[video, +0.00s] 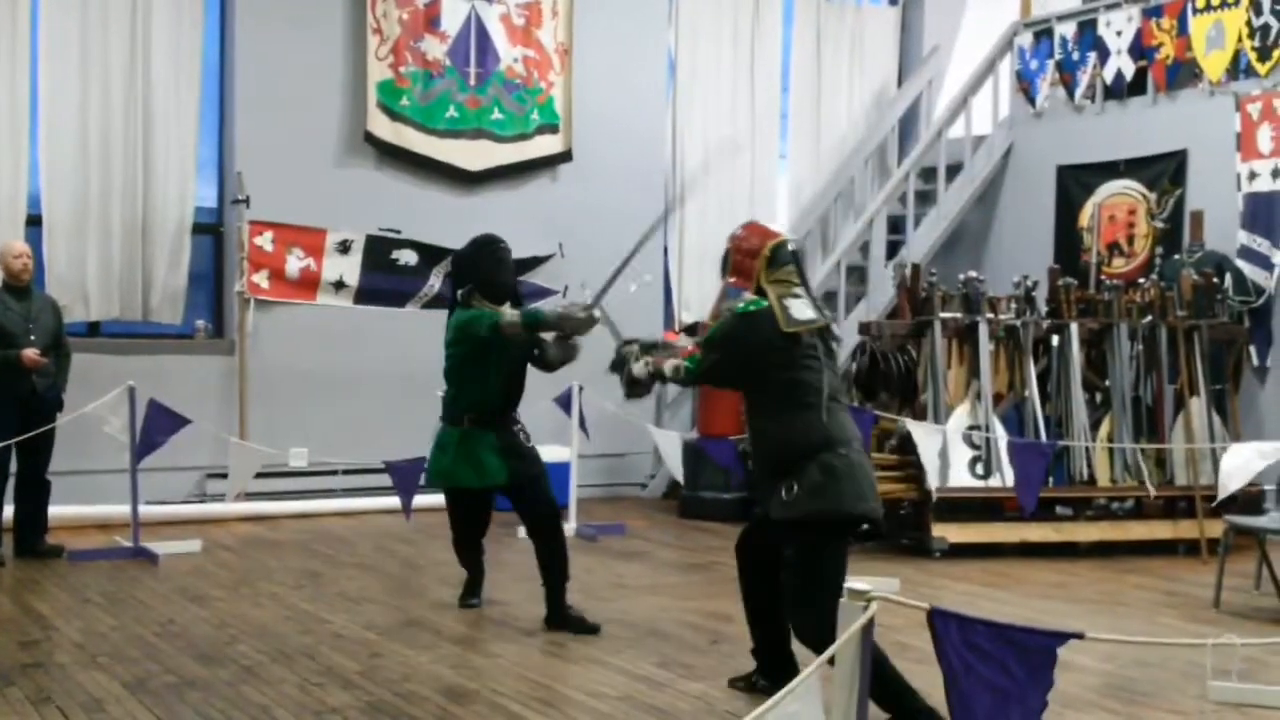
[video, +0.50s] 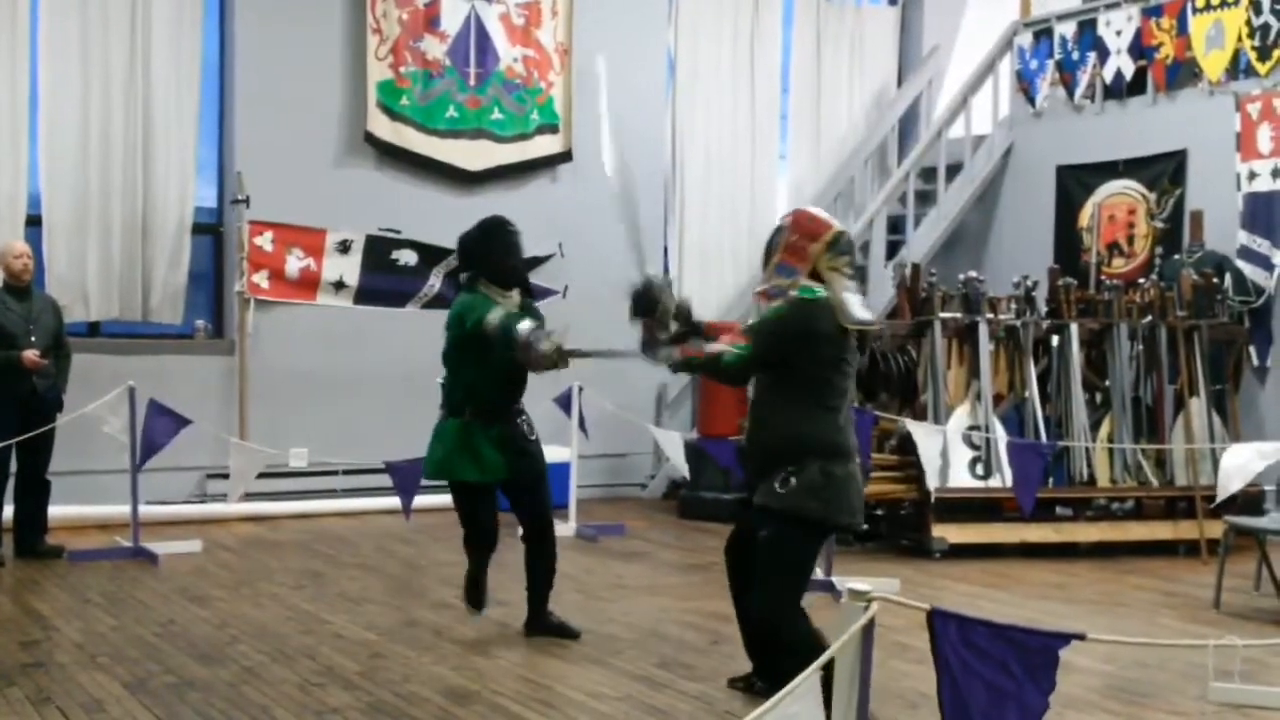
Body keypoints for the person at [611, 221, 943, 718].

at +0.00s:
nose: (728, 274)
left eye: (732, 265)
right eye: (729, 265)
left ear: (747, 268)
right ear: (779, 267)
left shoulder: (754, 321)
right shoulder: (805, 315)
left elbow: (707, 370)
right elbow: (739, 359)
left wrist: (667, 367)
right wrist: (691, 349)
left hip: (817, 488)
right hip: (838, 482)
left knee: (814, 621)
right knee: (754, 549)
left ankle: (917, 711)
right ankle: (774, 671)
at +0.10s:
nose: (722, 280)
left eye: (725, 271)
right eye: (723, 271)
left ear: (741, 273)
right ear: (779, 271)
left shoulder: (742, 315)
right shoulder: (806, 316)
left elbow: (691, 375)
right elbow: (748, 384)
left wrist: (661, 378)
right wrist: (686, 374)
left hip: (810, 480)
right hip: (845, 475)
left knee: (814, 607)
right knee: (756, 546)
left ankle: (900, 708)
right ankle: (776, 670)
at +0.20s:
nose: (730, 268)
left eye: (736, 260)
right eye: (732, 259)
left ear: (751, 266)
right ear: (786, 267)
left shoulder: (745, 310)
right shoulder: (808, 314)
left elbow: (696, 378)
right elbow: (747, 388)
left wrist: (666, 381)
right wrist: (684, 378)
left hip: (800, 475)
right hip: (836, 469)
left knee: (800, 597)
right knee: (750, 543)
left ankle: (878, 702)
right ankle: (773, 670)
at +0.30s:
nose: (748, 258)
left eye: (754, 251)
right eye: (753, 249)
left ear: (764, 261)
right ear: (797, 263)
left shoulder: (755, 309)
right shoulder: (816, 316)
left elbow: (701, 379)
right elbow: (765, 402)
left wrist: (674, 389)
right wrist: (687, 387)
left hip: (798, 476)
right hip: (829, 471)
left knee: (787, 597)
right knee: (744, 547)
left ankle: (873, 700)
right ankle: (772, 672)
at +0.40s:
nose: (759, 270)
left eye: (764, 261)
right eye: (761, 261)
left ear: (780, 259)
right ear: (811, 262)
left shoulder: (784, 307)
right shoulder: (828, 316)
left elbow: (722, 371)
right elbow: (767, 401)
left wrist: (681, 364)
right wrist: (697, 370)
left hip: (804, 480)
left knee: (778, 597)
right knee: (743, 553)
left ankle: (867, 702)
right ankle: (773, 674)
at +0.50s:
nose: (776, 257)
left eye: (783, 248)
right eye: (779, 248)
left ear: (800, 253)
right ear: (817, 255)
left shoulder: (807, 312)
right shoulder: (812, 308)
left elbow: (738, 367)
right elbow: (751, 347)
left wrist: (679, 358)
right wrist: (697, 334)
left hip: (808, 480)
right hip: (796, 474)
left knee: (770, 587)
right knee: (741, 554)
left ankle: (820, 681)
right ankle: (771, 670)